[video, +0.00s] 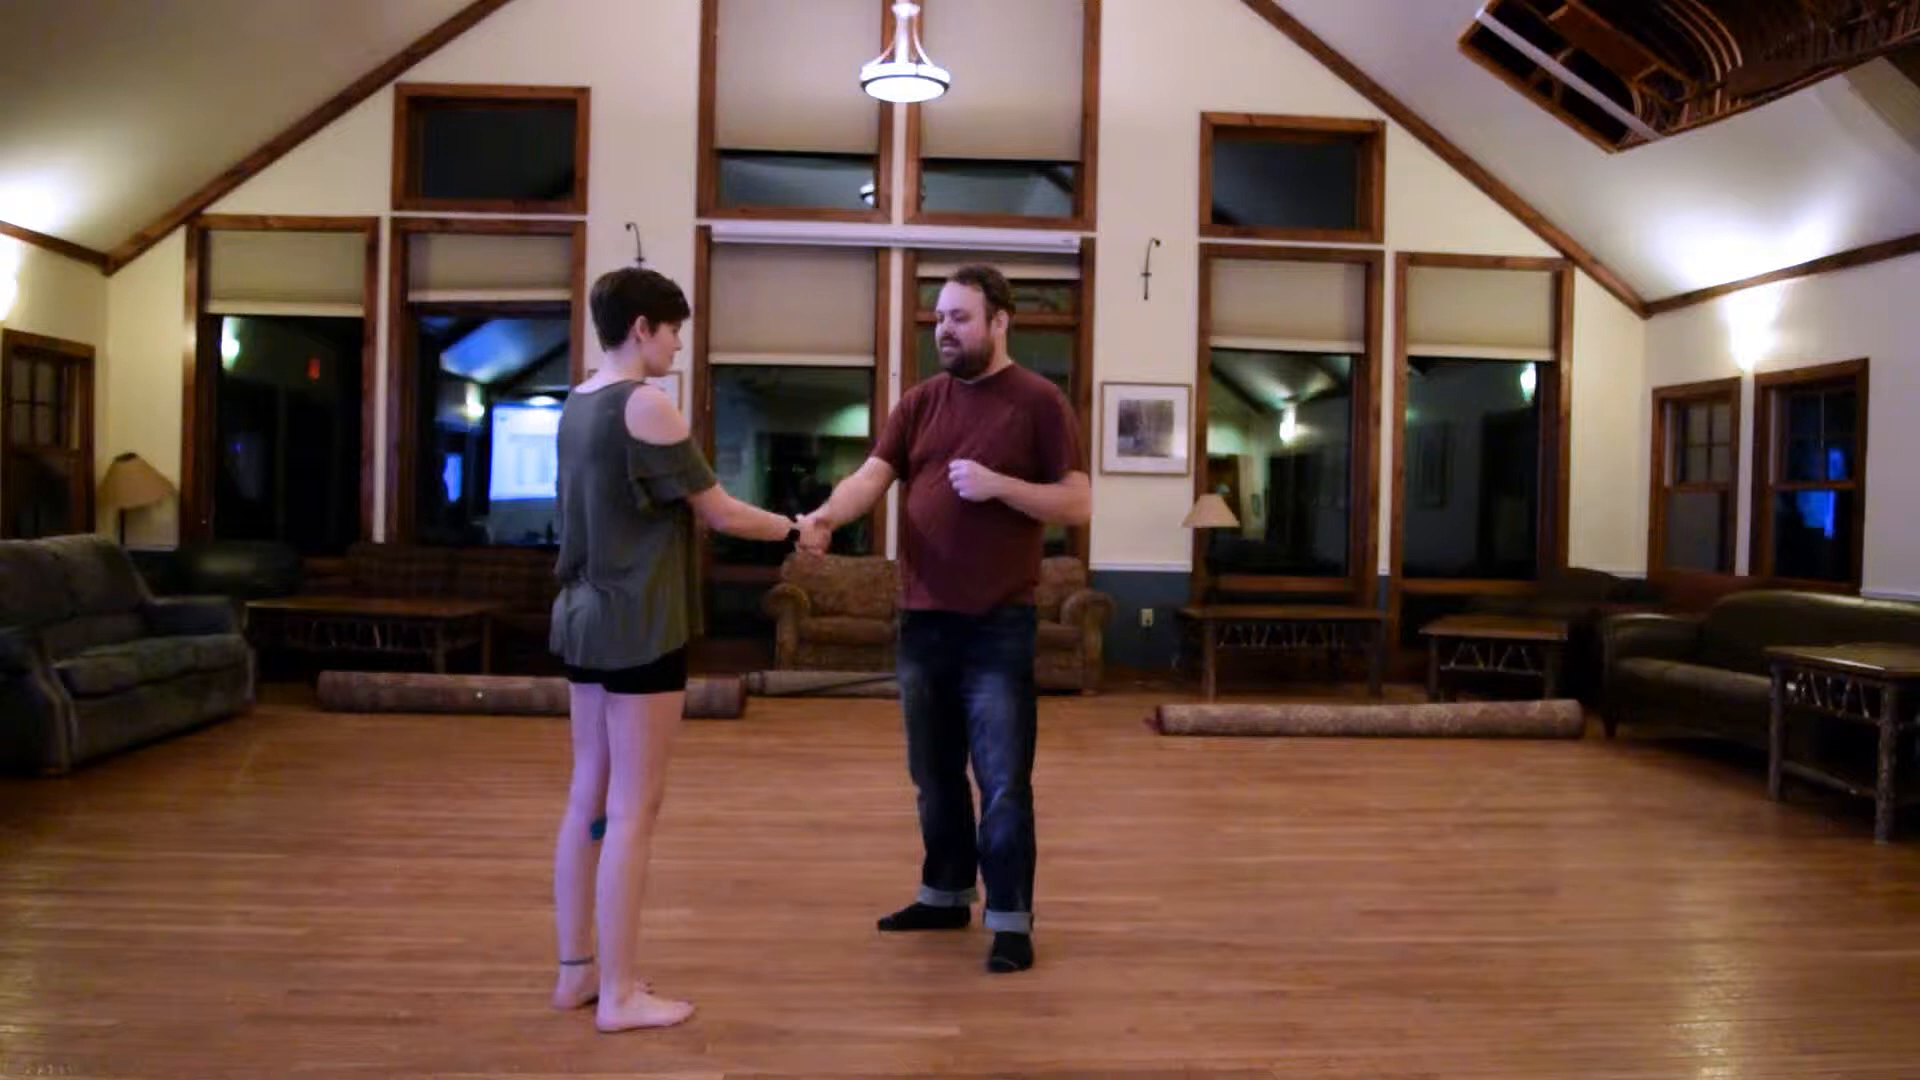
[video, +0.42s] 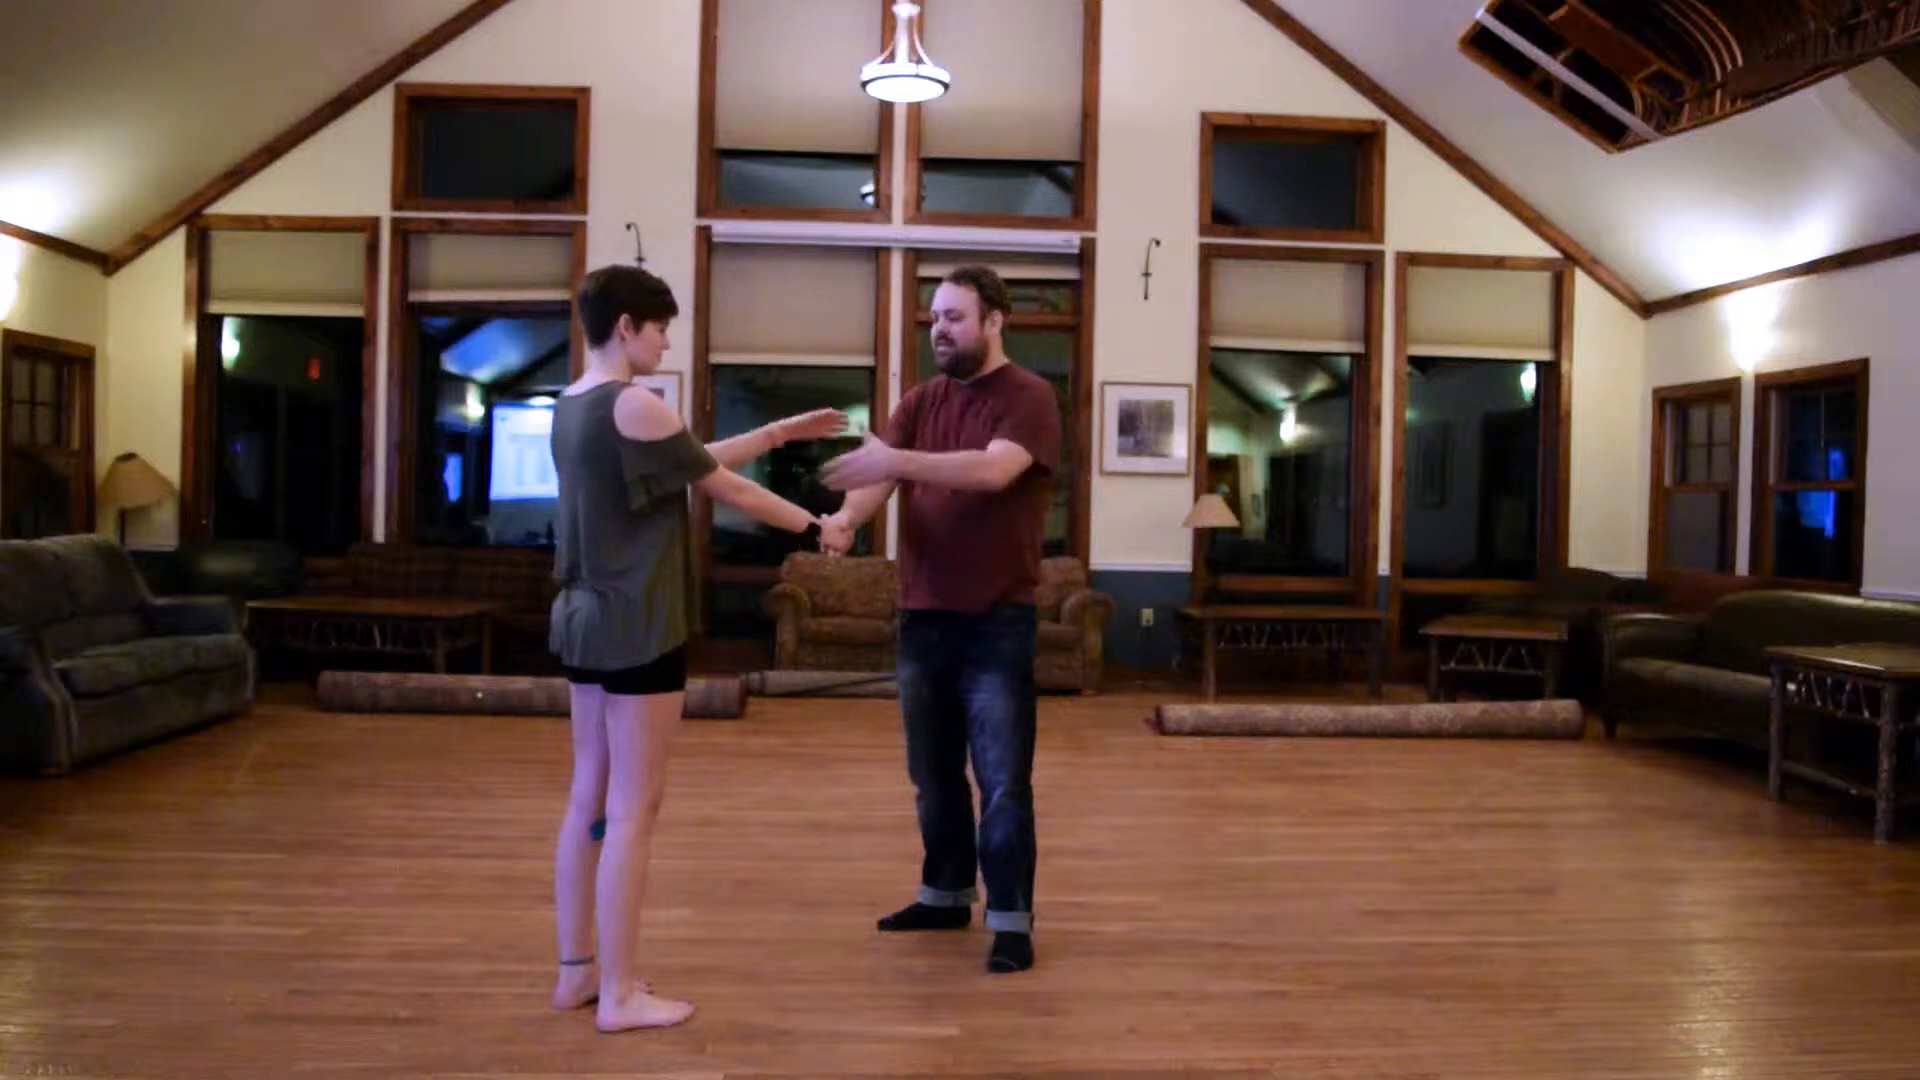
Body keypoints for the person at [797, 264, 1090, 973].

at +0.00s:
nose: (945, 331)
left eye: (959, 318)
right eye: (939, 320)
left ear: (999, 323)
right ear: (935, 326)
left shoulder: (1039, 402)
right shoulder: (919, 403)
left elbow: (1079, 504)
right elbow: (871, 478)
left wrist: (1001, 487)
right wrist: (825, 516)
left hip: (1001, 617)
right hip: (924, 615)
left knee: (1002, 775)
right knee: (933, 769)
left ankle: (1009, 920)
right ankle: (944, 897)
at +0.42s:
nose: (940, 331)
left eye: (954, 318)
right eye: (935, 320)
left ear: (995, 322)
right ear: (932, 327)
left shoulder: (1029, 397)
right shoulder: (918, 404)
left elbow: (995, 470)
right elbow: (875, 472)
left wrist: (894, 461)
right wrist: (844, 519)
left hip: (998, 615)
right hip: (925, 614)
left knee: (1002, 776)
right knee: (933, 770)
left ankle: (1010, 920)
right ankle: (944, 897)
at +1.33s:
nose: (899, 322)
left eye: (913, 311)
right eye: (898, 311)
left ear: (955, 319)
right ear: (904, 318)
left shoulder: (985, 382)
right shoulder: (909, 399)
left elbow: (902, 441)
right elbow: (868, 491)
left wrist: (819, 397)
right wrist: (829, 562)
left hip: (969, 609)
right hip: (913, 609)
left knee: (963, 773)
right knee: (924, 767)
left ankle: (972, 925)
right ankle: (940, 898)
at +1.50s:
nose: (899, 316)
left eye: (913, 306)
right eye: (898, 307)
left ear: (955, 314)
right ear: (905, 315)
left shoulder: (978, 374)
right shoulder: (904, 393)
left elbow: (869, 375)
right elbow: (841, 461)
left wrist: (787, 318)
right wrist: (767, 509)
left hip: (967, 603)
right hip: (914, 603)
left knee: (962, 768)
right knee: (925, 765)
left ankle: (973, 924)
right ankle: (941, 897)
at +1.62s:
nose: (897, 314)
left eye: (913, 302)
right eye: (898, 304)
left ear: (953, 310)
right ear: (915, 312)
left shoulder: (977, 372)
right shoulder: (907, 387)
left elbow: (868, 336)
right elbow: (824, 413)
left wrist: (773, 263)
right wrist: (742, 419)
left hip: (967, 602)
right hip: (913, 602)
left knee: (961, 770)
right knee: (925, 765)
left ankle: (972, 924)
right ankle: (942, 898)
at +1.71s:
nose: (897, 311)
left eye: (912, 300)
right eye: (896, 302)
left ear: (953, 311)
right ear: (913, 312)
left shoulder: (979, 373)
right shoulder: (900, 384)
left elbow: (877, 322)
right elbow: (814, 375)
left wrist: (776, 254)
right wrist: (726, 369)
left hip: (966, 604)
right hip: (911, 603)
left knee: (961, 771)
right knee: (925, 766)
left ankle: (972, 923)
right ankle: (940, 898)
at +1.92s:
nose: (898, 313)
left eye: (913, 303)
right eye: (897, 303)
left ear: (957, 314)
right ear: (907, 313)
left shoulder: (985, 379)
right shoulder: (898, 372)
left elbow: (908, 340)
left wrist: (823, 302)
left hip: (962, 604)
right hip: (906, 603)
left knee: (958, 770)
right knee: (920, 766)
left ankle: (971, 925)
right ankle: (939, 896)